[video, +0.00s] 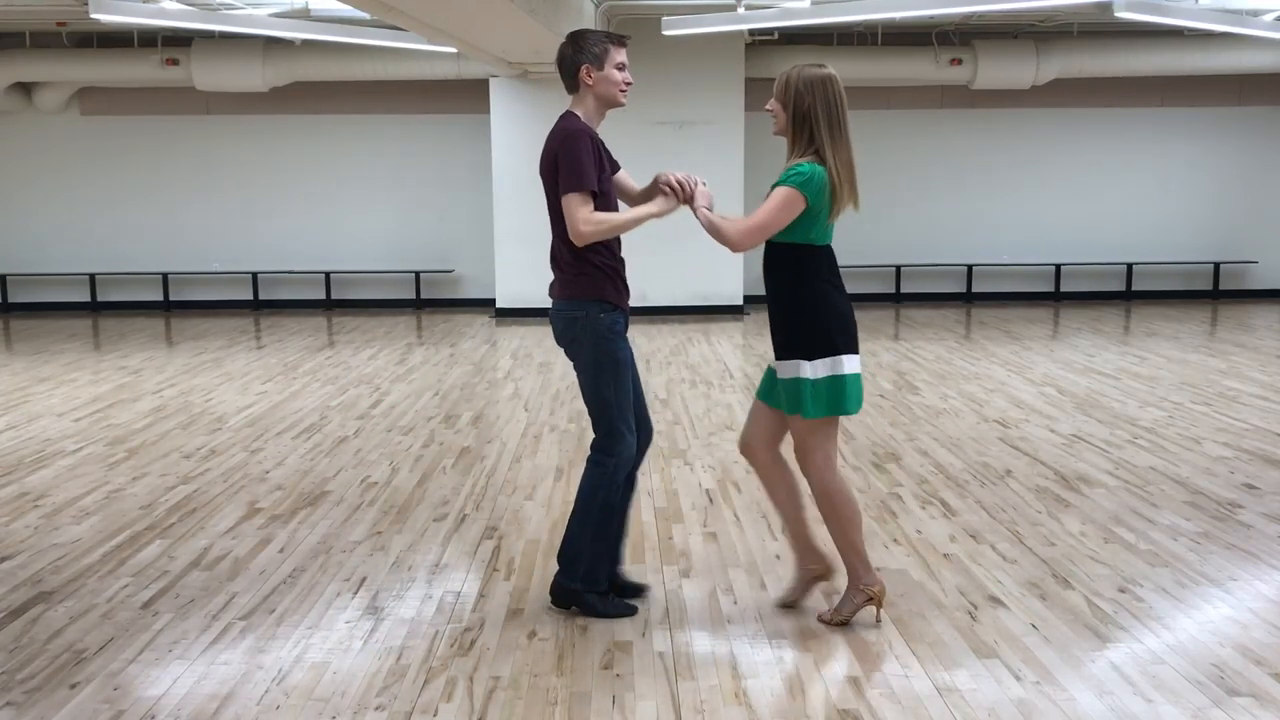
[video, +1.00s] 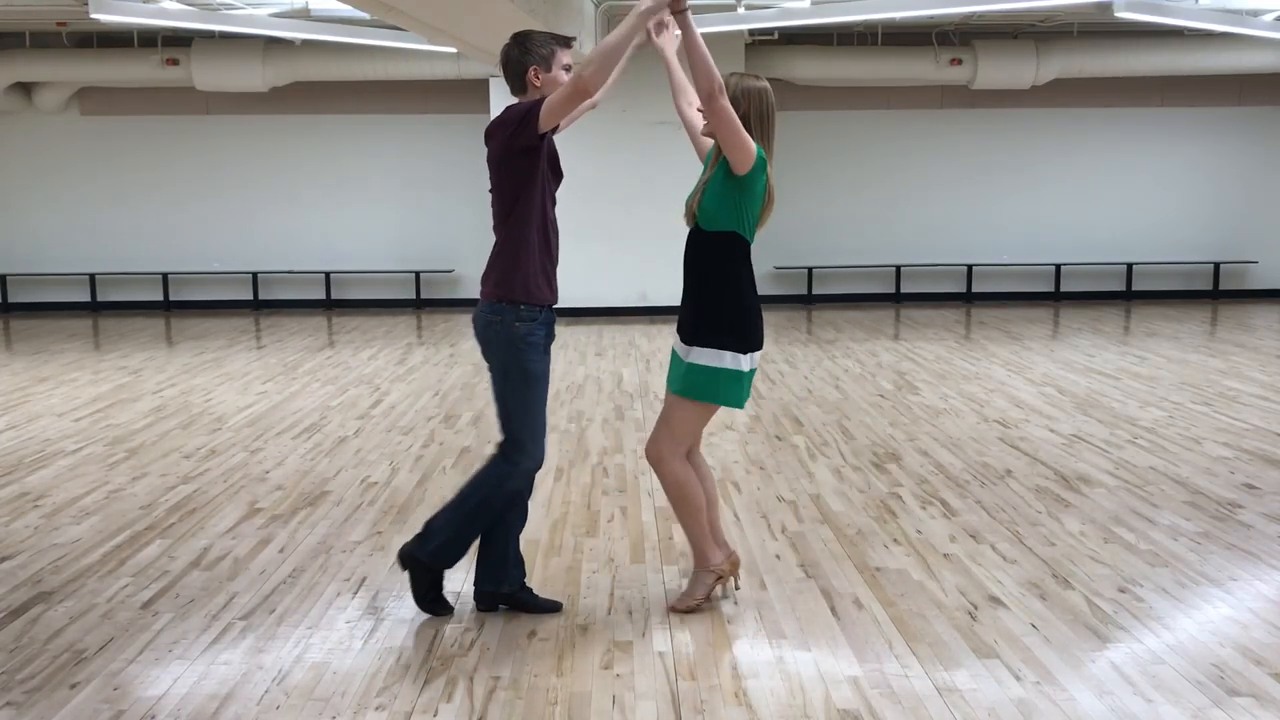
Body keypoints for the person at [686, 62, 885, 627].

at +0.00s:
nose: (768, 107)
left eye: (777, 99)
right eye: (771, 98)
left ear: (801, 110)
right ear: (808, 109)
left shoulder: (810, 175)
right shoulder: (801, 172)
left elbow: (741, 237)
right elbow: (747, 233)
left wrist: (703, 210)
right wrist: (705, 212)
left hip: (820, 340)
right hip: (801, 339)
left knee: (817, 459)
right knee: (758, 445)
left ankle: (863, 579)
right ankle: (810, 559)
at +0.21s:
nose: (746, 107)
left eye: (754, 99)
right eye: (749, 98)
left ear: (778, 109)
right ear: (782, 109)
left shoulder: (780, 173)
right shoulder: (773, 167)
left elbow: (697, 213)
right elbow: (713, 205)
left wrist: (664, 183)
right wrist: (673, 181)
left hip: (778, 333)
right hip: (756, 328)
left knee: (764, 460)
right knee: (728, 444)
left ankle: (841, 566)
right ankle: (749, 562)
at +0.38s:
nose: (728, 107)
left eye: (737, 101)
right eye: (733, 99)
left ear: (757, 112)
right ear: (772, 114)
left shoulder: (757, 172)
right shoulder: (761, 170)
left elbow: (672, 197)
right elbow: (683, 197)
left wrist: (641, 160)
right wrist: (647, 162)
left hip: (746, 340)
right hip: (753, 335)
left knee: (688, 451)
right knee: (723, 453)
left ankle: (755, 554)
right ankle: (748, 571)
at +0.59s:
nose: (711, 110)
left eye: (719, 103)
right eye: (714, 102)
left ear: (739, 113)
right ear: (749, 118)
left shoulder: (742, 170)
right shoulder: (731, 173)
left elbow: (665, 141)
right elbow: (655, 164)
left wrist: (635, 90)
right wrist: (621, 105)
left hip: (720, 330)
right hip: (729, 328)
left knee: (668, 445)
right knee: (689, 451)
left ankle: (693, 569)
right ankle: (742, 560)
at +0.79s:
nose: (703, 113)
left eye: (709, 104)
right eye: (704, 104)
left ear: (733, 115)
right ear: (739, 119)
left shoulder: (736, 167)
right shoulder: (714, 167)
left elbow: (691, 95)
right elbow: (669, 106)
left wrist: (661, 23)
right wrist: (636, 30)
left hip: (715, 334)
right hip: (698, 329)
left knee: (667, 454)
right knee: (656, 449)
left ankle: (698, 570)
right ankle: (712, 548)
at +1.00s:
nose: (716, 115)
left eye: (723, 104)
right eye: (717, 106)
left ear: (744, 114)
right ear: (736, 118)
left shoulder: (747, 166)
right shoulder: (721, 166)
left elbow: (716, 95)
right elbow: (689, 109)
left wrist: (686, 23)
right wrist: (665, 45)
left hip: (721, 338)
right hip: (706, 333)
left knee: (663, 452)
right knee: (682, 449)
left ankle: (707, 565)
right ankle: (719, 551)